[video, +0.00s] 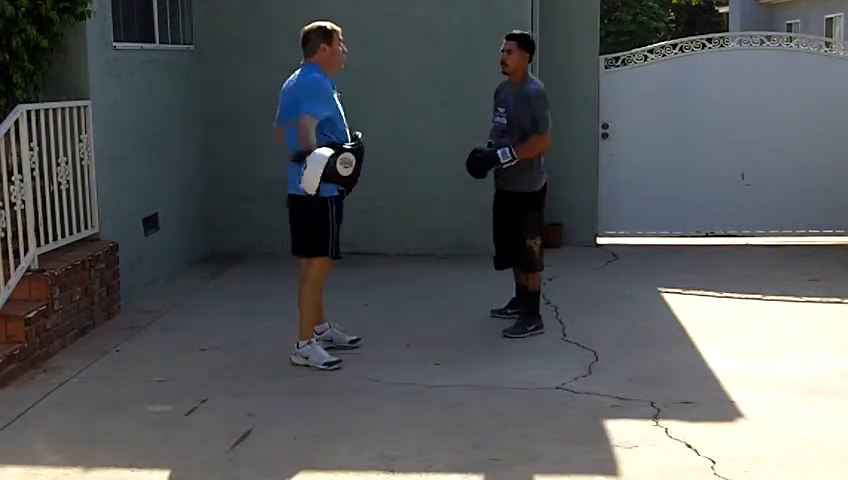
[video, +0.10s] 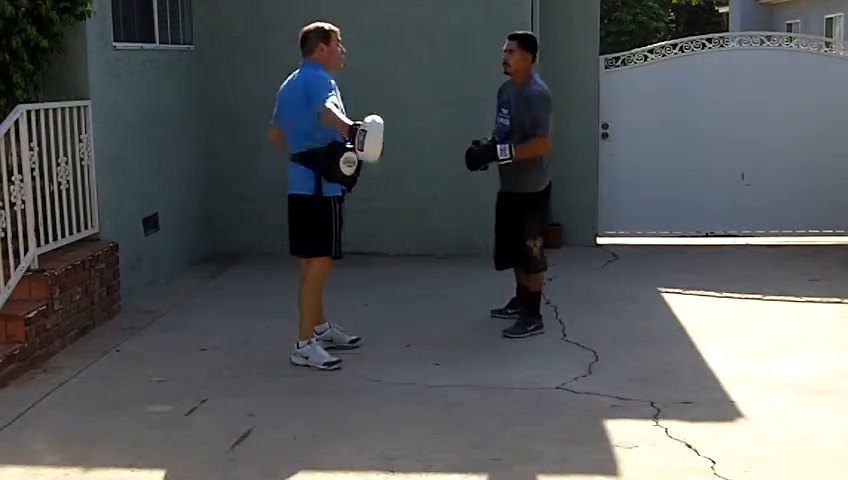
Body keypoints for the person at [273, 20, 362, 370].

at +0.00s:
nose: (345, 52)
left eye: (343, 46)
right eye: (341, 46)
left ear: (313, 50)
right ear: (325, 48)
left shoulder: (294, 82)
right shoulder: (316, 81)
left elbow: (282, 131)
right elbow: (306, 127)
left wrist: (303, 154)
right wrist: (317, 159)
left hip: (306, 190)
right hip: (318, 192)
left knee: (314, 261)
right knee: (319, 262)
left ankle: (318, 329)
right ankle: (305, 344)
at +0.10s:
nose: (343, 52)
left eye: (342, 46)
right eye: (339, 46)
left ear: (311, 51)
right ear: (322, 49)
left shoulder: (289, 84)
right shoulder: (321, 79)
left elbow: (274, 134)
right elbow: (328, 113)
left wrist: (306, 153)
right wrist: (355, 130)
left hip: (301, 187)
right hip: (320, 188)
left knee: (312, 261)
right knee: (319, 262)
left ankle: (318, 329)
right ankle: (305, 344)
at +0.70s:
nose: (341, 54)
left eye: (340, 48)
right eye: (337, 48)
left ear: (309, 52)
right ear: (320, 50)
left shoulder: (284, 87)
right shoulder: (331, 81)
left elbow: (270, 140)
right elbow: (376, 104)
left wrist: (304, 157)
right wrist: (405, 99)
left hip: (299, 187)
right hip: (325, 188)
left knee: (311, 261)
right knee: (321, 262)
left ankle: (320, 330)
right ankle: (305, 344)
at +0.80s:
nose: (342, 54)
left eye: (341, 47)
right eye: (338, 48)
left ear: (310, 53)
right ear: (320, 50)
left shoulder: (283, 88)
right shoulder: (329, 81)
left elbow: (272, 140)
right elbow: (368, 119)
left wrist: (308, 154)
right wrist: (393, 115)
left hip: (299, 187)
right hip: (324, 189)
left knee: (312, 260)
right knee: (321, 261)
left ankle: (320, 329)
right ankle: (305, 344)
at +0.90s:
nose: (342, 54)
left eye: (341, 48)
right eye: (338, 48)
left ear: (311, 53)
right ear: (320, 50)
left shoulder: (286, 86)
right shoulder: (326, 83)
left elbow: (275, 139)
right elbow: (357, 127)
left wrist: (310, 155)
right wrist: (389, 136)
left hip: (301, 187)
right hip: (322, 189)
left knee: (313, 261)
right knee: (320, 262)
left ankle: (320, 329)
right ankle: (305, 344)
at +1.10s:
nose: (343, 54)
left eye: (342, 48)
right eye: (339, 48)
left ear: (315, 52)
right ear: (320, 51)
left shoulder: (296, 83)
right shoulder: (317, 86)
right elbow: (332, 138)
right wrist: (368, 168)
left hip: (310, 187)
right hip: (317, 190)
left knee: (318, 260)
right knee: (317, 262)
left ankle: (320, 329)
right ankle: (304, 345)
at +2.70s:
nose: (342, 54)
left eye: (341, 48)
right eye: (338, 47)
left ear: (318, 51)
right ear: (321, 51)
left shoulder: (315, 84)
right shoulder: (306, 87)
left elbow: (327, 134)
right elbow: (315, 142)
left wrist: (356, 138)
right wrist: (358, 144)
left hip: (316, 187)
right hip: (312, 189)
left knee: (317, 257)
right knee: (336, 256)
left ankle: (322, 327)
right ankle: (316, 335)